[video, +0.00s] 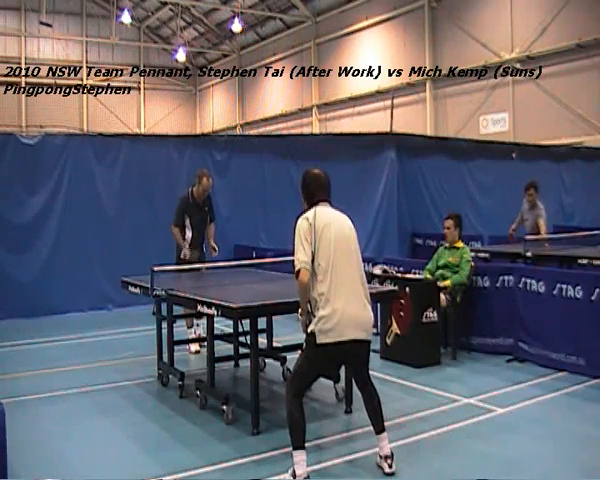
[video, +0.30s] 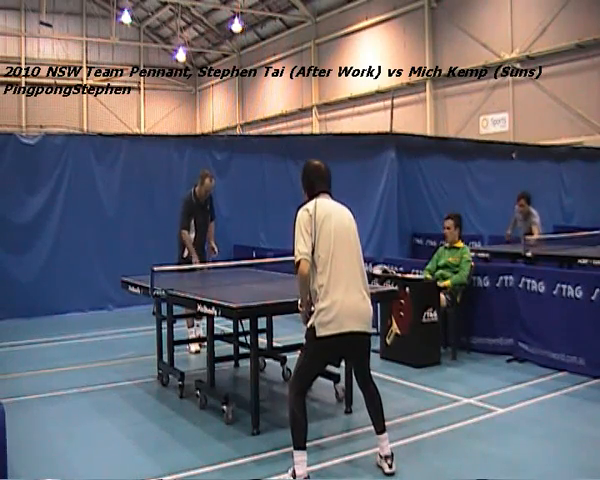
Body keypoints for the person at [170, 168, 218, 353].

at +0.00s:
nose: (206, 192)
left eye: (208, 188)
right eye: (204, 188)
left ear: (210, 187)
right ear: (197, 185)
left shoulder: (207, 200)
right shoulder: (185, 200)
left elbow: (210, 222)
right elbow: (175, 226)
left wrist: (211, 241)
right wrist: (183, 246)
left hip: (200, 250)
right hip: (186, 251)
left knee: (200, 289)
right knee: (187, 292)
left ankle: (198, 327)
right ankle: (190, 332)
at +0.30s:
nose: (208, 193)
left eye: (210, 190)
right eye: (206, 189)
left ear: (212, 188)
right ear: (198, 185)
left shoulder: (208, 198)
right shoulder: (188, 201)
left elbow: (211, 220)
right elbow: (184, 231)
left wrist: (211, 240)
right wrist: (194, 255)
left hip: (201, 247)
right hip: (188, 248)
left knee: (201, 288)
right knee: (188, 291)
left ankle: (198, 328)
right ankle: (191, 331)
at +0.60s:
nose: (212, 188)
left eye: (214, 185)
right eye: (210, 184)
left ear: (214, 184)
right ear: (203, 182)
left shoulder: (210, 197)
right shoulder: (191, 199)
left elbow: (212, 218)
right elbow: (183, 227)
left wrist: (215, 235)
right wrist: (185, 254)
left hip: (203, 250)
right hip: (191, 251)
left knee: (203, 289)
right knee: (190, 292)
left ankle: (198, 328)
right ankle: (191, 330)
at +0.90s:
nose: (214, 181)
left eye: (216, 177)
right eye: (211, 177)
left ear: (217, 178)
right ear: (203, 176)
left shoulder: (214, 196)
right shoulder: (193, 196)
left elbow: (217, 218)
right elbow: (181, 220)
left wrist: (219, 225)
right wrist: (182, 246)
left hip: (207, 251)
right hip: (193, 252)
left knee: (206, 292)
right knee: (193, 293)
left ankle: (200, 329)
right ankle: (192, 331)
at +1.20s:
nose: (214, 178)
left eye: (216, 175)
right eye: (211, 175)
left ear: (218, 176)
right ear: (204, 174)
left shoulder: (215, 195)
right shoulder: (194, 194)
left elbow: (219, 217)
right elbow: (180, 216)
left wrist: (218, 226)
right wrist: (183, 240)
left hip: (208, 251)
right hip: (194, 252)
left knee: (207, 292)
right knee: (196, 293)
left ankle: (202, 331)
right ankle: (197, 332)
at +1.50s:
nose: (215, 181)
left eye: (217, 178)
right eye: (212, 177)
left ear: (219, 178)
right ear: (205, 177)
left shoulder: (217, 197)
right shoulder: (195, 196)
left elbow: (222, 220)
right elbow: (179, 215)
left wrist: (221, 233)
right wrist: (190, 232)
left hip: (209, 249)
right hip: (196, 249)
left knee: (209, 291)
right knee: (199, 292)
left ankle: (202, 332)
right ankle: (200, 332)